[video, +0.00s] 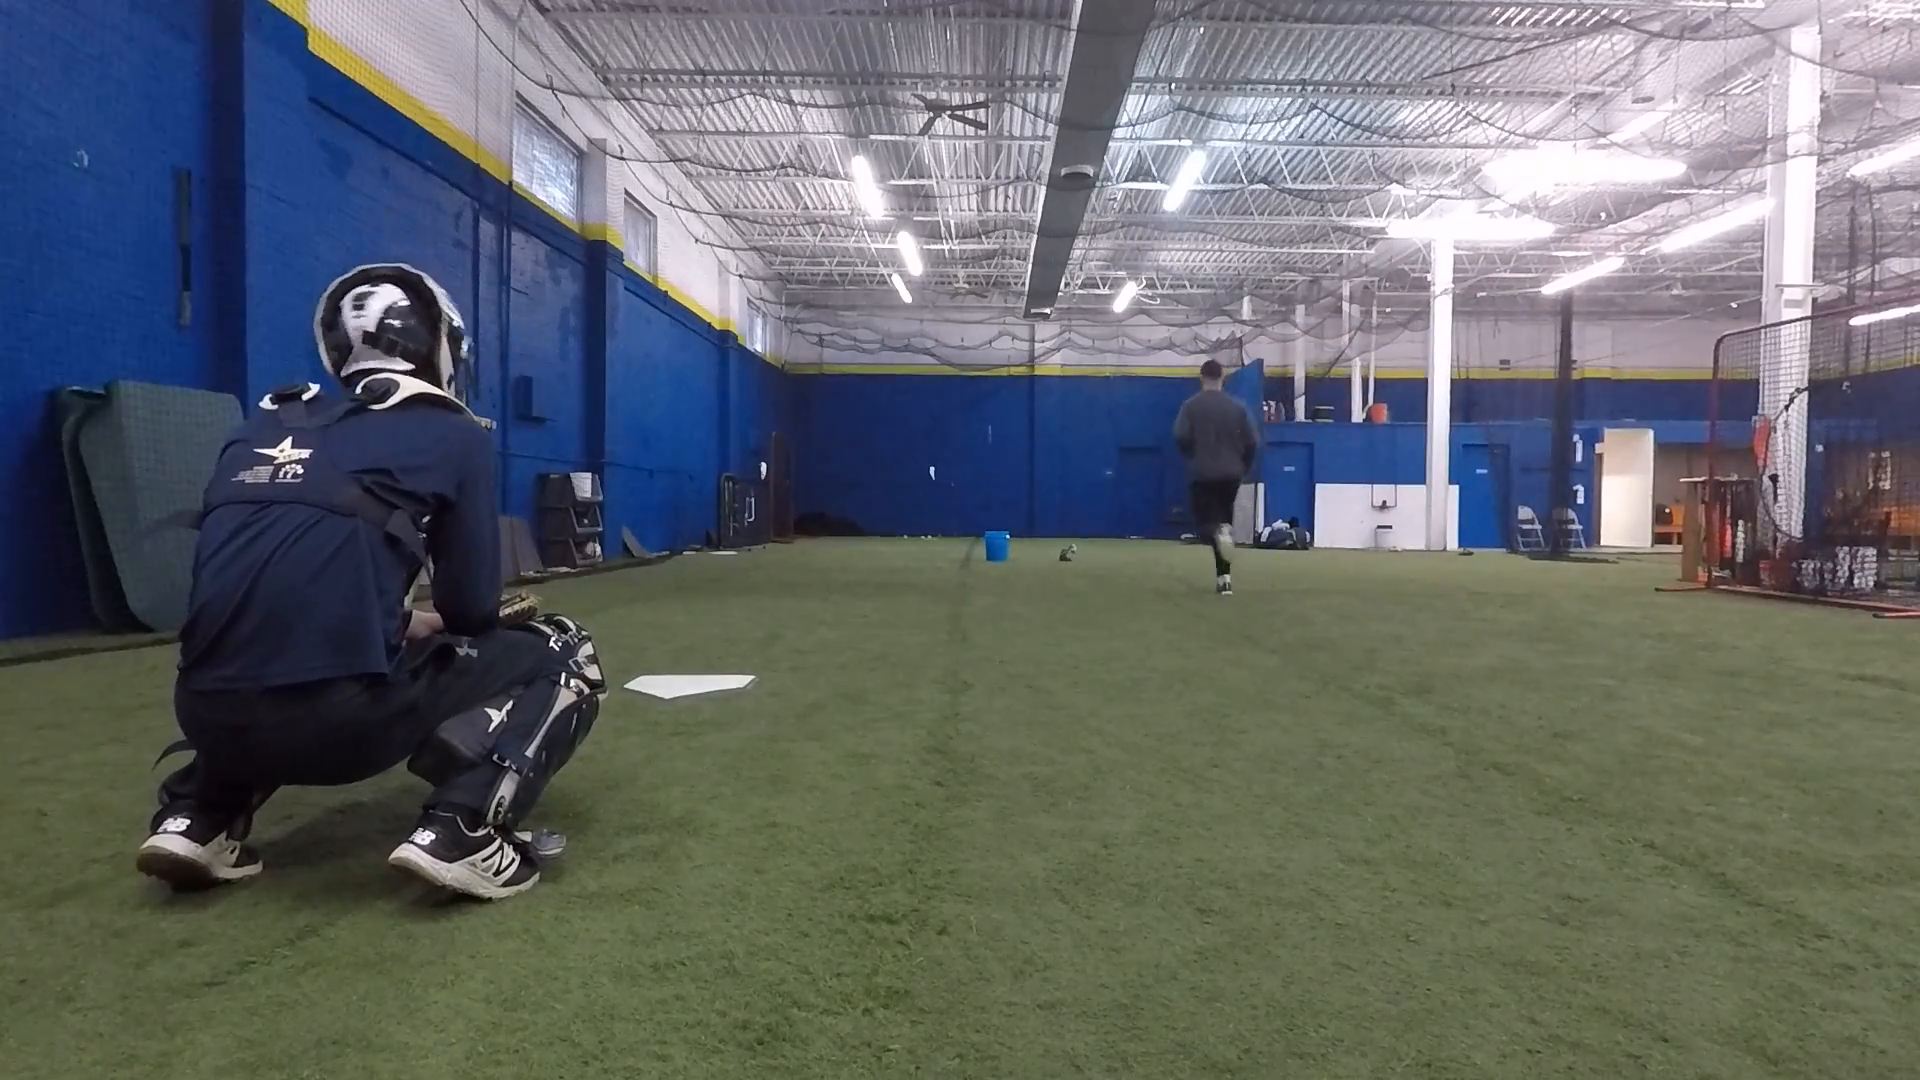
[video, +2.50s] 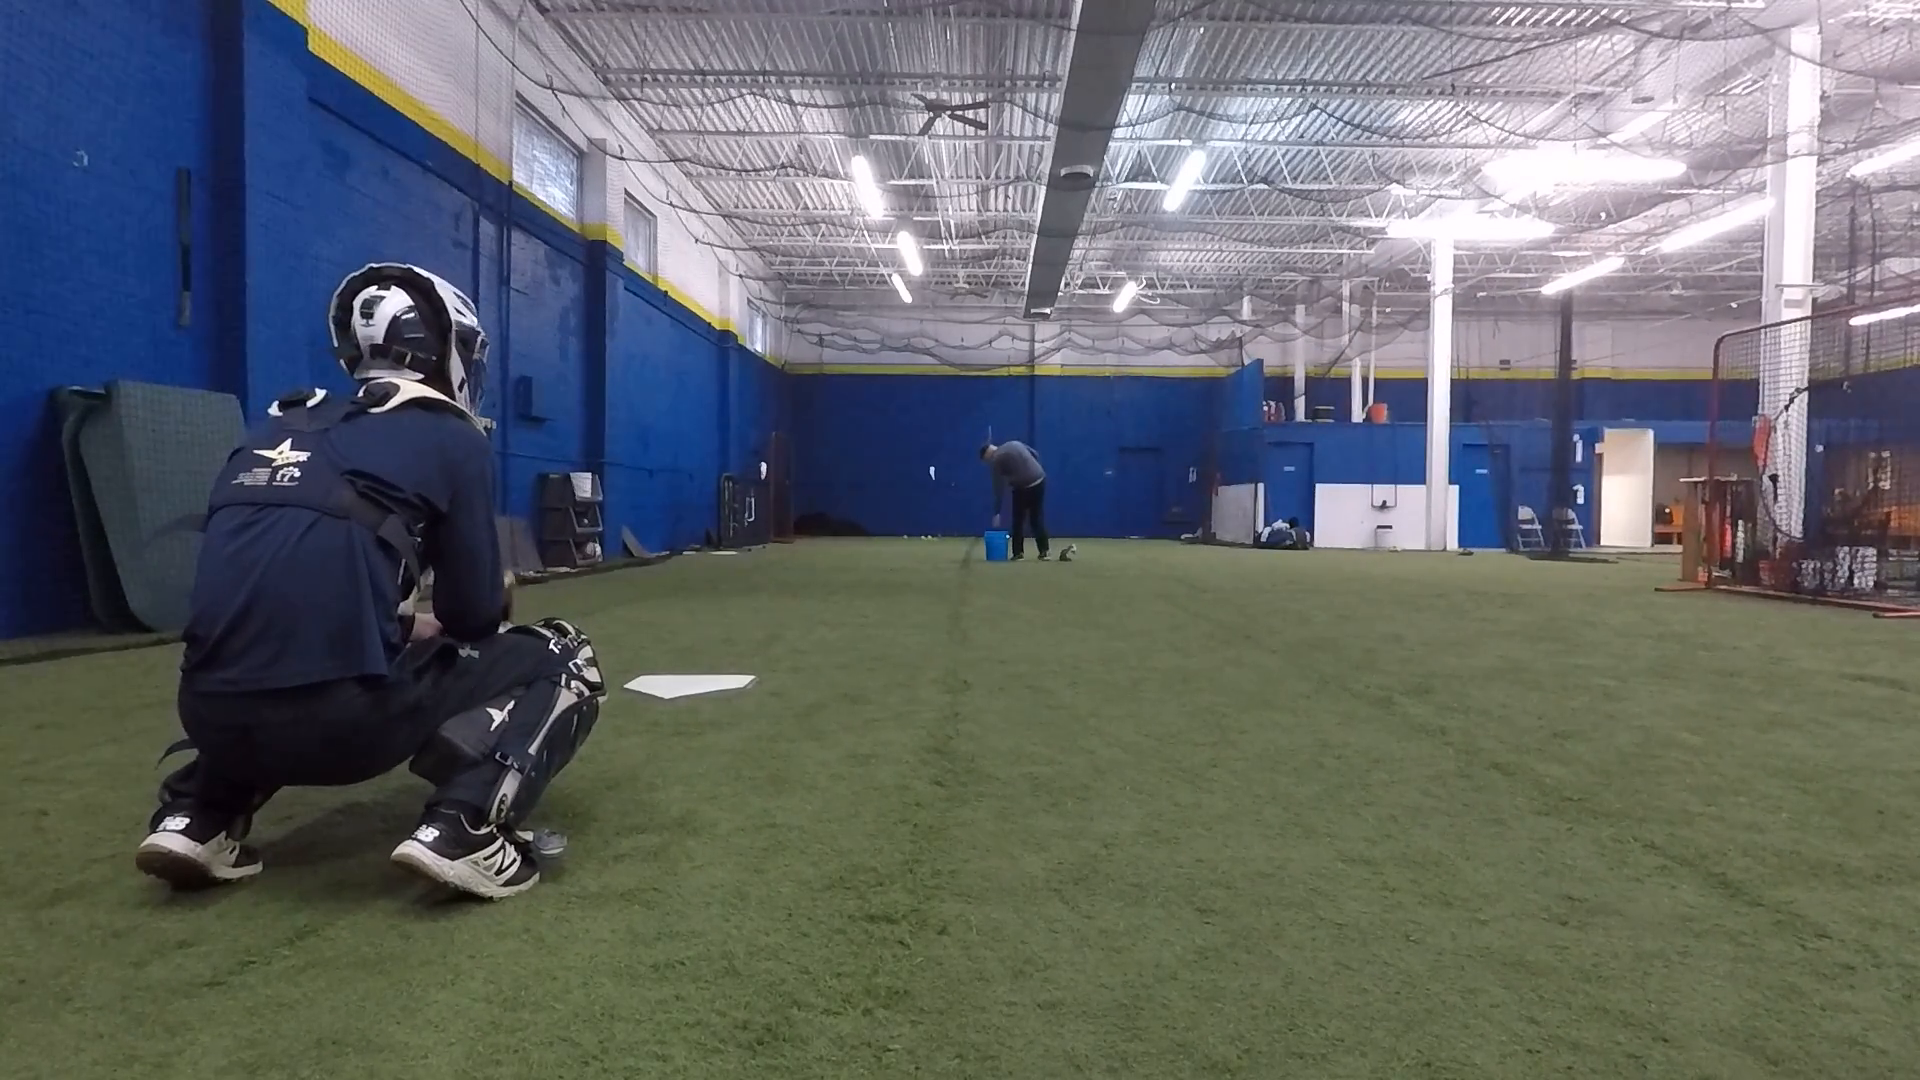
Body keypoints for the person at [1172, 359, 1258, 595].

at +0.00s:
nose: (1212, 381)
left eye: (1207, 376)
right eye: (1218, 376)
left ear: (1202, 378)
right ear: (1222, 378)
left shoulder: (1191, 405)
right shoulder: (1237, 406)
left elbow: (1181, 435)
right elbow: (1251, 441)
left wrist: (1192, 454)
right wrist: (1242, 466)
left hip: (1202, 473)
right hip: (1231, 473)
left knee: (1204, 524)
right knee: (1224, 520)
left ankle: (1220, 532)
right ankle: (1224, 577)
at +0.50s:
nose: (1132, 397)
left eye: (1132, 394)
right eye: (1134, 394)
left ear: (1134, 394)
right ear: (1150, 394)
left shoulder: (1128, 418)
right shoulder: (1167, 416)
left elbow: (1120, 448)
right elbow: (1177, 445)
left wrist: (1125, 457)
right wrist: (1174, 465)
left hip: (1139, 479)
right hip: (1164, 477)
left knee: (1141, 523)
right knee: (1162, 518)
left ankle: (1152, 571)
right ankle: (1177, 539)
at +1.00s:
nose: (1090, 405)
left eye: (1090, 402)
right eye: (1092, 402)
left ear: (1091, 402)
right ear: (1105, 402)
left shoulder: (1090, 420)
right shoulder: (1118, 422)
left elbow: (1090, 440)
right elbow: (1127, 448)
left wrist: (1080, 454)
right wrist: (1122, 466)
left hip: (1093, 476)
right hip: (1114, 475)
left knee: (1086, 515)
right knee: (1111, 515)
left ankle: (1096, 550)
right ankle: (1119, 555)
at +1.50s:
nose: (1052, 414)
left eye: (1050, 411)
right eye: (1054, 410)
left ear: (1050, 411)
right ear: (1063, 409)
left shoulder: (1047, 428)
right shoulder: (1079, 427)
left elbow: (1039, 451)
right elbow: (1085, 451)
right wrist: (1082, 467)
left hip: (1055, 477)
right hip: (1074, 476)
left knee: (1057, 512)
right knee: (1069, 508)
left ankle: (1064, 549)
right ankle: (1072, 543)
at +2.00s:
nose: (1020, 428)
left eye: (1019, 425)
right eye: (1020, 425)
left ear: (1020, 424)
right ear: (1031, 421)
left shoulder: (1021, 438)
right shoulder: (1049, 434)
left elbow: (1021, 459)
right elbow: (1056, 455)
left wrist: (1018, 473)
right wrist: (1054, 470)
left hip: (1030, 483)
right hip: (1048, 482)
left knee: (1027, 516)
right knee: (1046, 514)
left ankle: (1021, 548)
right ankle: (1052, 549)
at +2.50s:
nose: (988, 462)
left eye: (986, 459)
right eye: (986, 460)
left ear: (988, 454)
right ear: (993, 447)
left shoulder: (996, 461)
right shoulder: (1014, 444)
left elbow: (999, 488)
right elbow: (1035, 454)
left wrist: (996, 512)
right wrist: (1029, 470)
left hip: (1021, 488)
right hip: (1039, 482)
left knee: (1017, 521)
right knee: (1036, 518)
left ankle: (1018, 552)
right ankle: (1044, 550)